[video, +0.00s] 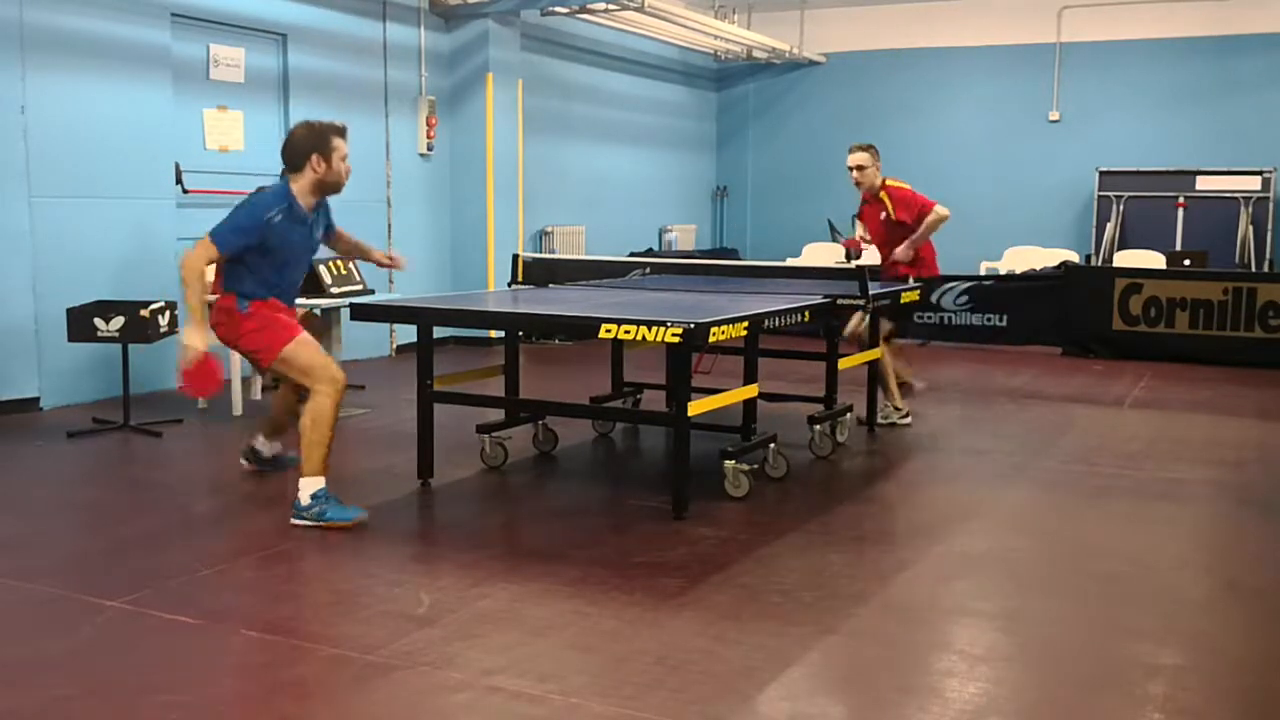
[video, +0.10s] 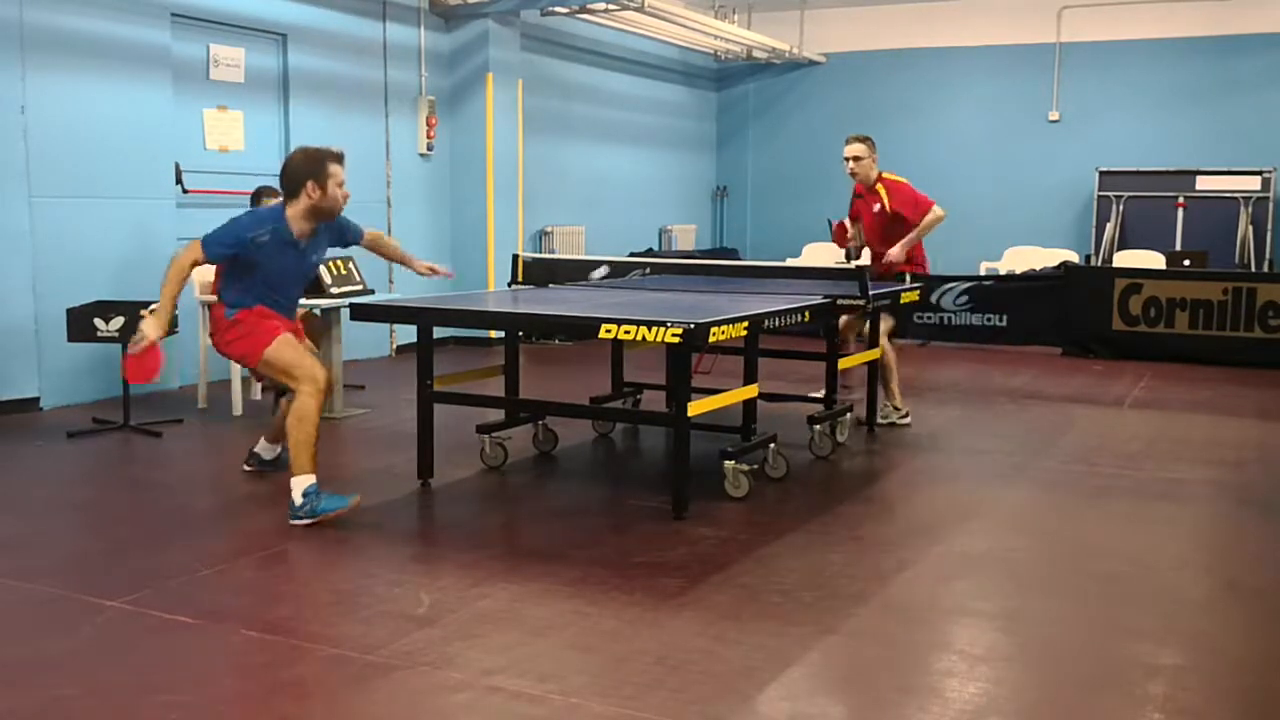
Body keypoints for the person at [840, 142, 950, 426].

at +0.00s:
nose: (854, 176)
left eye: (860, 169)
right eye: (851, 170)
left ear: (877, 168)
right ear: (849, 172)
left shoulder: (897, 192)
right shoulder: (867, 201)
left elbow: (939, 214)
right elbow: (862, 229)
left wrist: (909, 244)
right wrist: (860, 242)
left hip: (916, 279)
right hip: (889, 279)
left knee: (869, 331)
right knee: (857, 330)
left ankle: (896, 404)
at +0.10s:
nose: (850, 166)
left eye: (857, 160)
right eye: (847, 161)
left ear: (873, 160)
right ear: (845, 164)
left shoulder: (894, 187)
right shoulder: (859, 192)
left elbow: (937, 213)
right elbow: (855, 223)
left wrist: (903, 245)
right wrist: (854, 241)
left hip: (906, 278)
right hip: (877, 277)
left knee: (876, 333)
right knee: (844, 327)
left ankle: (896, 405)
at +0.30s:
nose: (851, 152)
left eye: (857, 146)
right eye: (847, 147)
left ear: (873, 147)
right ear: (845, 150)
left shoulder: (891, 176)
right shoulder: (849, 180)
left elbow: (923, 213)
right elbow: (844, 217)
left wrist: (888, 242)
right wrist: (836, 241)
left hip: (896, 265)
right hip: (862, 265)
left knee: (897, 320)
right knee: (836, 319)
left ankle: (917, 391)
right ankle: (832, 383)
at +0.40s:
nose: (850, 155)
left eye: (857, 149)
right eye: (846, 150)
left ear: (873, 150)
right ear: (845, 153)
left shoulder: (889, 178)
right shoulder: (849, 184)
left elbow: (918, 215)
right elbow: (848, 221)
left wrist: (884, 244)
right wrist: (837, 242)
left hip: (898, 266)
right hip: (862, 267)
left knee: (907, 323)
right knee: (836, 318)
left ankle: (950, 385)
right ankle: (827, 378)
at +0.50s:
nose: (852, 170)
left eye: (858, 164)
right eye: (849, 165)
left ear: (874, 164)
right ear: (846, 167)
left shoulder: (892, 192)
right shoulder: (853, 198)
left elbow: (924, 229)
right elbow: (851, 237)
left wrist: (896, 261)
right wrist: (828, 258)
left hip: (902, 281)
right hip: (866, 281)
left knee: (921, 337)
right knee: (836, 325)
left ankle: (964, 390)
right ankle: (824, 380)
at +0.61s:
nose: (868, 178)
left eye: (874, 171)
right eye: (864, 173)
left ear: (888, 170)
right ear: (862, 175)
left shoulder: (911, 196)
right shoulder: (867, 204)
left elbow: (941, 229)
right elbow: (860, 246)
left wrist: (935, 271)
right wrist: (874, 255)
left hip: (917, 282)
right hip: (881, 284)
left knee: (931, 335)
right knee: (843, 327)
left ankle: (962, 390)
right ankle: (822, 380)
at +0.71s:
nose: (897, 161)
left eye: (902, 155)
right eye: (891, 157)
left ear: (915, 154)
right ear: (888, 160)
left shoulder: (942, 178)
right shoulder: (891, 193)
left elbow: (965, 213)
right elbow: (892, 234)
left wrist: (976, 253)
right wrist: (903, 256)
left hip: (945, 270)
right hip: (908, 273)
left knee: (953, 328)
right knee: (875, 325)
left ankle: (968, 391)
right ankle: (835, 375)